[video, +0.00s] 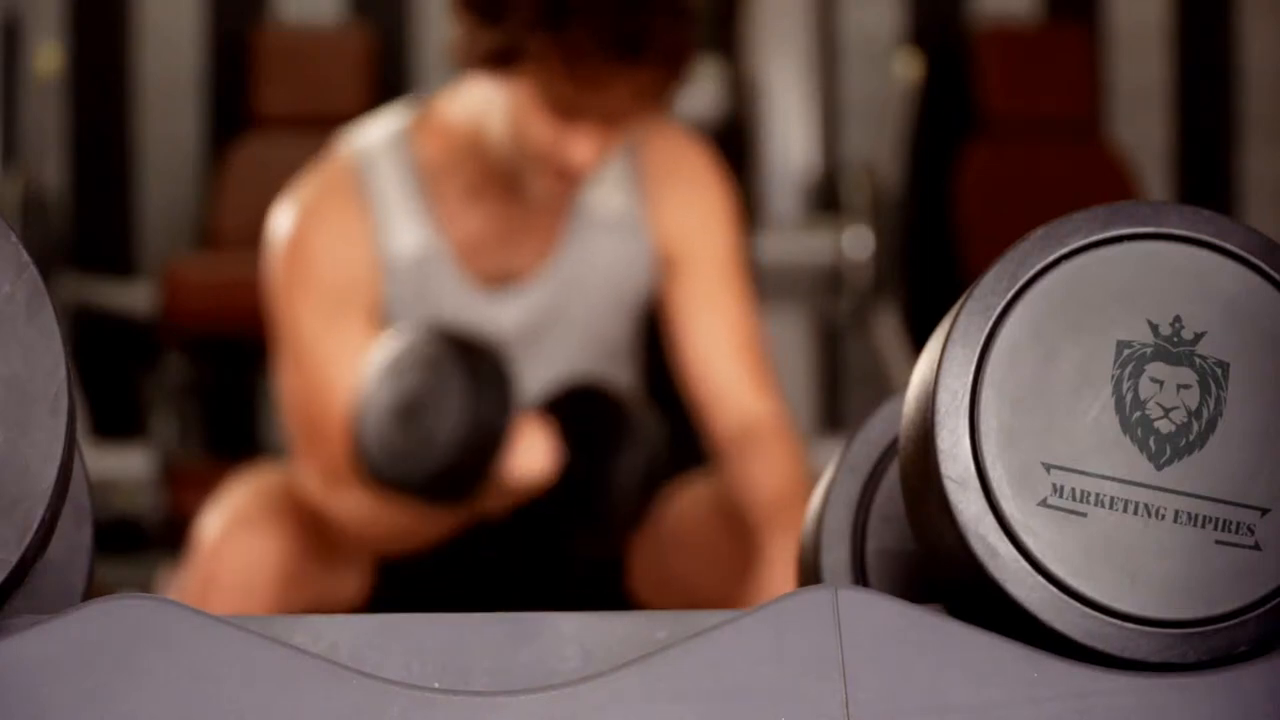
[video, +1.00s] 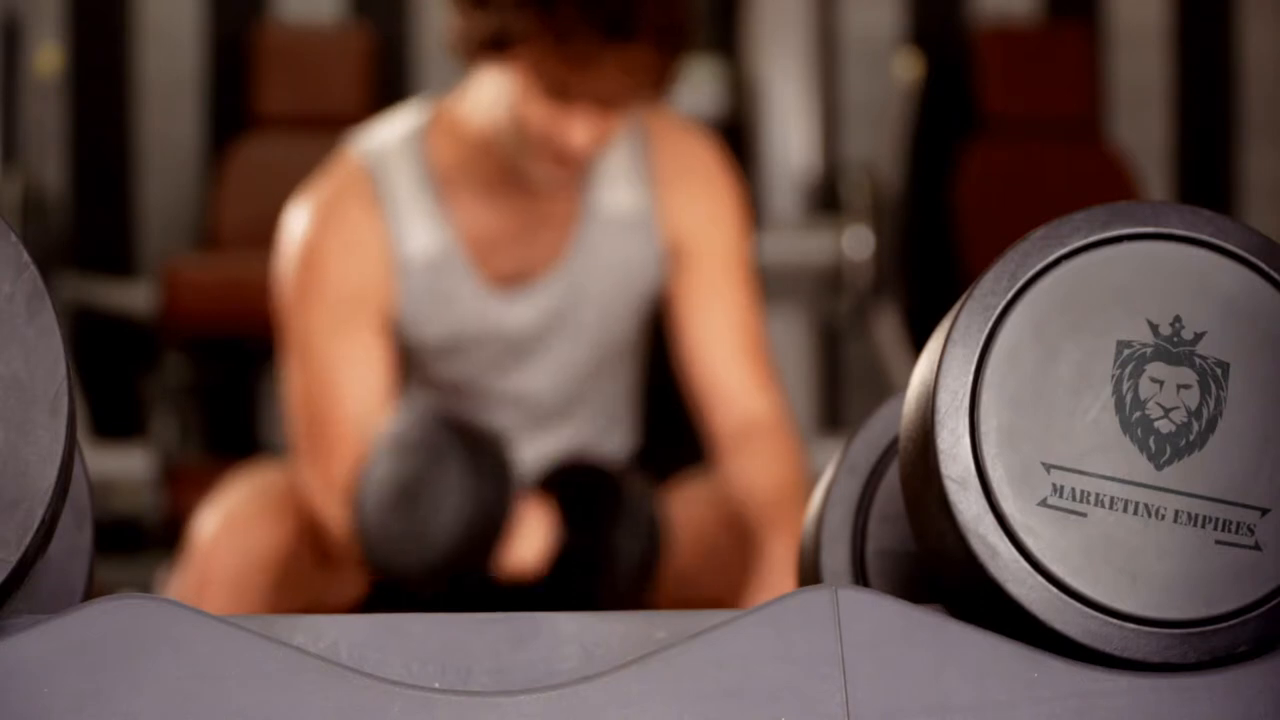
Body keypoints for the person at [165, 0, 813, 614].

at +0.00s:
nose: (588, 153)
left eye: (618, 121)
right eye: (566, 112)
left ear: (652, 93)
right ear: (500, 58)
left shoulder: (670, 170)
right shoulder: (333, 208)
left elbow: (748, 421)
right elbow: (342, 500)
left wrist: (788, 576)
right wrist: (497, 479)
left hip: (598, 525)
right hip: (403, 534)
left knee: (782, 531)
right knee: (248, 534)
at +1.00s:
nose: (582, 137)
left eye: (614, 105)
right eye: (558, 96)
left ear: (652, 82)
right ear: (495, 46)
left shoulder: (680, 166)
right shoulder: (346, 212)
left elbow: (750, 423)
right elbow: (349, 496)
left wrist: (778, 578)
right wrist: (577, 530)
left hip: (599, 542)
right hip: (412, 544)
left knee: (789, 517)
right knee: (243, 522)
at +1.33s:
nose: (588, 146)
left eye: (621, 115)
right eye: (564, 105)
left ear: (662, 94)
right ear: (502, 53)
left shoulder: (692, 172)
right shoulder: (372, 224)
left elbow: (752, 428)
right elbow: (346, 529)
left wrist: (772, 580)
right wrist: (415, 700)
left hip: (600, 523)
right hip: (416, 530)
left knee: (786, 534)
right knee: (242, 531)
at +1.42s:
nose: (587, 150)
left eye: (619, 118)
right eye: (562, 108)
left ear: (661, 98)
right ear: (500, 57)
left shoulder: (692, 171)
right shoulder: (376, 225)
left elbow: (752, 430)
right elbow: (349, 530)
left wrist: (770, 580)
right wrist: (400, 706)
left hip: (601, 524)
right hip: (418, 531)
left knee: (783, 534)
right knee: (243, 533)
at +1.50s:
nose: (588, 151)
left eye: (619, 120)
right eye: (562, 110)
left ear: (660, 99)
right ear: (500, 59)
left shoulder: (691, 171)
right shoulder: (378, 227)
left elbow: (750, 427)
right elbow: (351, 528)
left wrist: (768, 577)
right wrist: (390, 708)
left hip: (600, 524)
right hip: (417, 532)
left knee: (781, 533)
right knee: (244, 535)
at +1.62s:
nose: (587, 152)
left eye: (619, 121)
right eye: (562, 110)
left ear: (661, 100)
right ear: (499, 60)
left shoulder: (690, 172)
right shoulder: (378, 229)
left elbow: (750, 427)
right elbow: (357, 532)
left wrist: (767, 583)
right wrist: (384, 709)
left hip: (597, 523)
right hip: (415, 532)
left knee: (776, 535)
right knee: (245, 538)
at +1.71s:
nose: (587, 152)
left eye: (619, 120)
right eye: (561, 110)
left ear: (660, 100)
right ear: (499, 61)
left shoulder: (689, 171)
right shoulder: (377, 230)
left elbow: (750, 428)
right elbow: (358, 532)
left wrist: (767, 582)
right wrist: (379, 709)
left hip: (597, 523)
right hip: (415, 532)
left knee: (776, 536)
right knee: (245, 537)